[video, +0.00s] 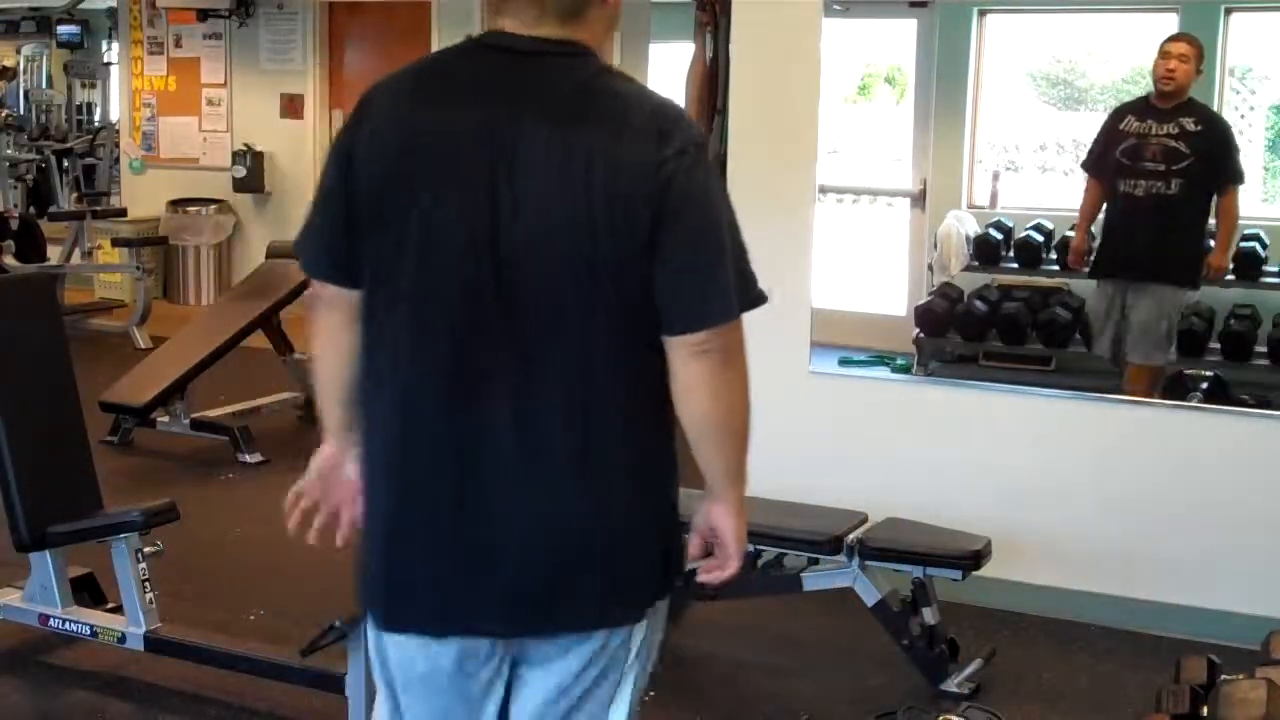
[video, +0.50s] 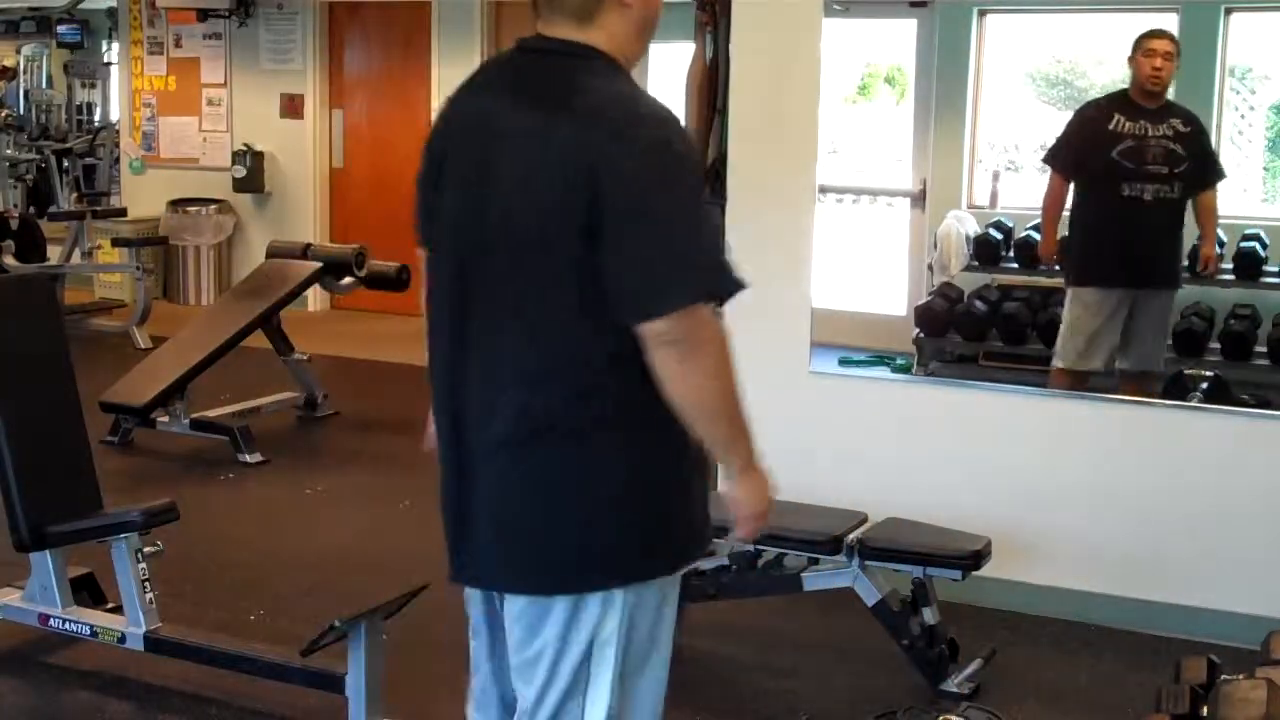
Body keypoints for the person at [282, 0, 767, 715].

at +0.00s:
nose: (617, 20)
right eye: (618, 16)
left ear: (492, 5)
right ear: (610, 9)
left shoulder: (388, 111)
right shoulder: (658, 140)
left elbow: (333, 295)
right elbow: (703, 342)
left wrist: (339, 439)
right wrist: (724, 494)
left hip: (425, 545)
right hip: (598, 553)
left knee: (420, 709)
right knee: (574, 709)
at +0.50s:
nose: (656, 18)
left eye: (656, 11)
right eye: (656, 10)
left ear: (547, 6)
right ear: (636, 7)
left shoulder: (470, 106)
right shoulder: (633, 131)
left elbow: (443, 271)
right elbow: (673, 323)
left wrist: (447, 399)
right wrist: (739, 462)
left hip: (485, 499)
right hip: (596, 520)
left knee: (499, 704)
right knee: (588, 707)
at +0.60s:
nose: (656, 18)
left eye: (657, 9)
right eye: (657, 6)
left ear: (550, 5)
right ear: (635, 5)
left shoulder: (502, 97)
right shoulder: (602, 122)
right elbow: (628, 314)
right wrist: (685, 461)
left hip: (501, 487)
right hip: (589, 506)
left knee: (516, 702)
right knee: (593, 706)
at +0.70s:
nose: (664, 23)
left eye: (666, 11)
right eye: (664, 9)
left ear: (584, 7)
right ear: (637, 5)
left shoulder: (545, 88)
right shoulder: (575, 105)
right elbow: (578, 298)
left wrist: (620, 438)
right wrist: (635, 443)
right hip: (562, 490)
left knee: (534, 699)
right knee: (580, 706)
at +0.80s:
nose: (673, 18)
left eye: (673, 5)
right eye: (668, 3)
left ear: (605, 7)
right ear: (620, 3)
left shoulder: (590, 98)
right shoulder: (552, 101)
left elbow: (587, 272)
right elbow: (538, 277)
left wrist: (627, 422)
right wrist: (608, 427)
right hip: (549, 471)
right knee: (556, 692)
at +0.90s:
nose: (670, 14)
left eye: (669, 3)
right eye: (659, 0)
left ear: (601, 8)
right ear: (600, 1)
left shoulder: (611, 110)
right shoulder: (523, 104)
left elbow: (612, 278)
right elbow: (509, 276)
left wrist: (630, 426)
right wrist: (584, 435)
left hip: (606, 465)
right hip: (539, 475)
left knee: (604, 699)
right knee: (535, 703)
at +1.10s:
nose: (632, 4)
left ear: (640, 9)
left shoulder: (639, 119)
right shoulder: (481, 114)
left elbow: (662, 272)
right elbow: (451, 282)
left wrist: (690, 383)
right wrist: (513, 442)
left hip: (624, 469)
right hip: (515, 479)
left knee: (600, 703)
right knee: (500, 707)